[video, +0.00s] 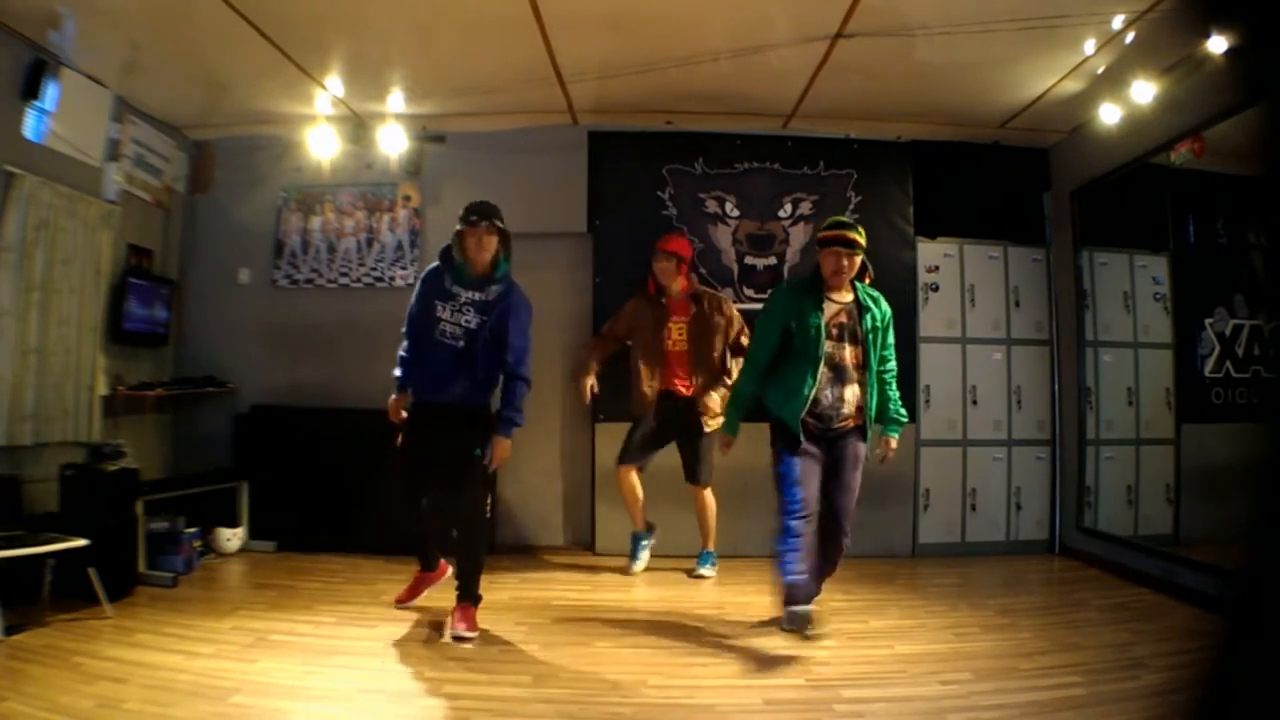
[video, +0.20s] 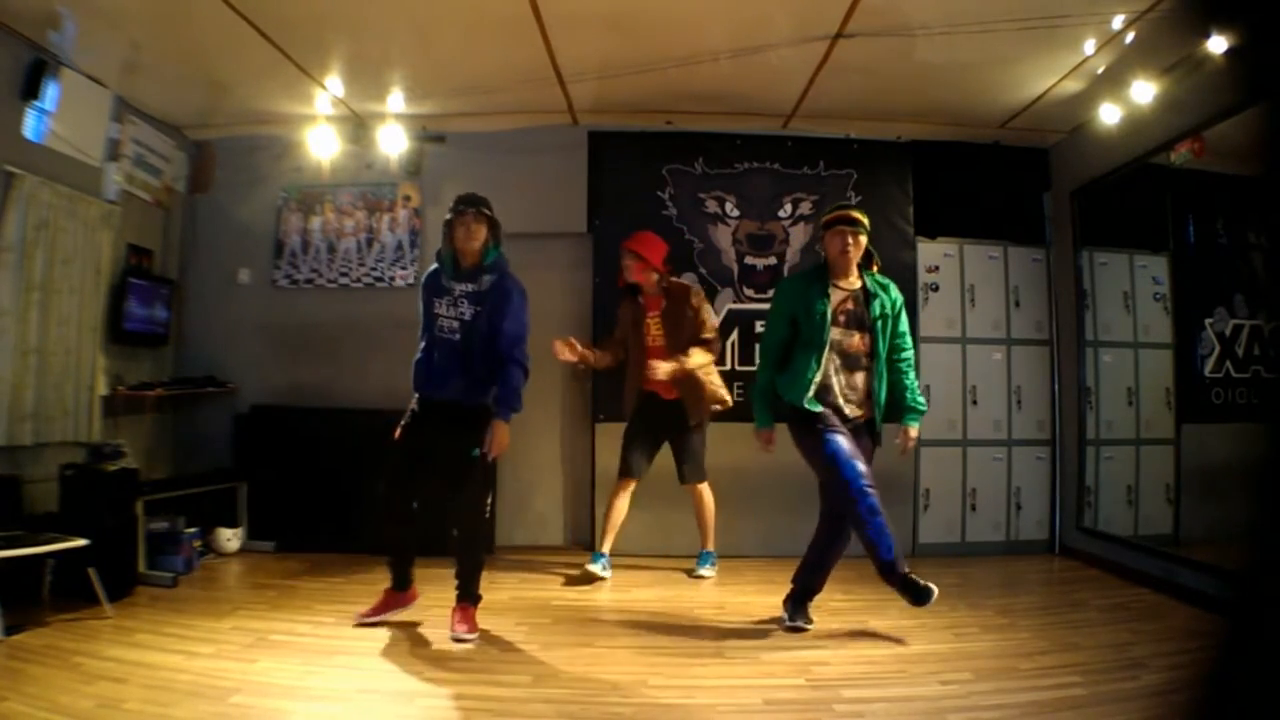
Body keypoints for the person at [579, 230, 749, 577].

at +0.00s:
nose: (660, 265)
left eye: (667, 260)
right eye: (657, 259)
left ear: (683, 265)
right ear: (652, 263)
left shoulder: (715, 306)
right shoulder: (643, 306)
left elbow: (742, 351)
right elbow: (607, 338)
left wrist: (720, 391)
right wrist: (589, 369)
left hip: (701, 406)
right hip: (659, 403)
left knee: (699, 483)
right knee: (626, 468)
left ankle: (708, 554)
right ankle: (642, 534)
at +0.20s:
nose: (624, 265)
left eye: (631, 259)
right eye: (624, 259)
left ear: (649, 265)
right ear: (635, 266)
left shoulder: (689, 296)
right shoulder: (630, 304)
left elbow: (710, 350)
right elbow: (616, 353)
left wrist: (673, 366)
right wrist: (584, 354)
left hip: (686, 402)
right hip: (648, 401)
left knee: (694, 477)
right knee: (627, 477)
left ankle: (708, 555)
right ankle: (602, 557)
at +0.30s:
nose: (610, 269)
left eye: (617, 264)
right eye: (610, 263)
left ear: (636, 266)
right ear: (617, 267)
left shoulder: (670, 299)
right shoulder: (615, 307)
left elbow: (682, 358)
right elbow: (614, 360)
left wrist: (637, 370)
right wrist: (595, 367)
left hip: (673, 405)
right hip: (636, 405)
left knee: (689, 479)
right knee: (618, 480)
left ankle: (707, 554)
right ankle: (600, 560)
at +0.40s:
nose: (604, 264)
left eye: (612, 257)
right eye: (600, 258)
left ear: (628, 261)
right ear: (597, 264)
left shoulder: (659, 298)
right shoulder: (600, 304)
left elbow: (661, 356)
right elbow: (598, 354)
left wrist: (637, 393)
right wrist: (610, 387)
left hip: (660, 403)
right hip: (620, 404)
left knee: (675, 479)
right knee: (608, 480)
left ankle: (700, 550)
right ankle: (599, 560)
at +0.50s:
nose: (612, 259)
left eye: (618, 252)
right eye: (605, 253)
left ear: (630, 257)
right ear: (596, 260)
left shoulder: (657, 298)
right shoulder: (588, 305)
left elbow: (659, 357)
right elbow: (587, 361)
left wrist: (649, 412)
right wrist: (605, 411)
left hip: (650, 402)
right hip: (609, 404)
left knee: (666, 479)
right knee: (600, 481)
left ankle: (676, 534)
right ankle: (599, 558)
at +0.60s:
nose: (616, 254)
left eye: (622, 247)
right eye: (608, 249)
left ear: (633, 253)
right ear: (599, 256)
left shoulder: (657, 300)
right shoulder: (583, 302)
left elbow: (666, 358)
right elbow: (572, 357)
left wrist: (663, 407)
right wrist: (587, 402)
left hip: (645, 400)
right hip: (602, 400)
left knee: (660, 474)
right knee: (595, 479)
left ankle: (654, 536)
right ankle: (597, 558)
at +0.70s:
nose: (617, 253)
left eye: (624, 247)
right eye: (610, 247)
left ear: (634, 252)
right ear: (600, 254)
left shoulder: (655, 301)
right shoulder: (582, 298)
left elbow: (677, 347)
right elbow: (557, 342)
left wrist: (682, 383)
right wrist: (565, 384)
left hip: (643, 401)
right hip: (598, 400)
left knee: (652, 478)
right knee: (593, 481)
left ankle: (643, 549)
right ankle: (592, 559)